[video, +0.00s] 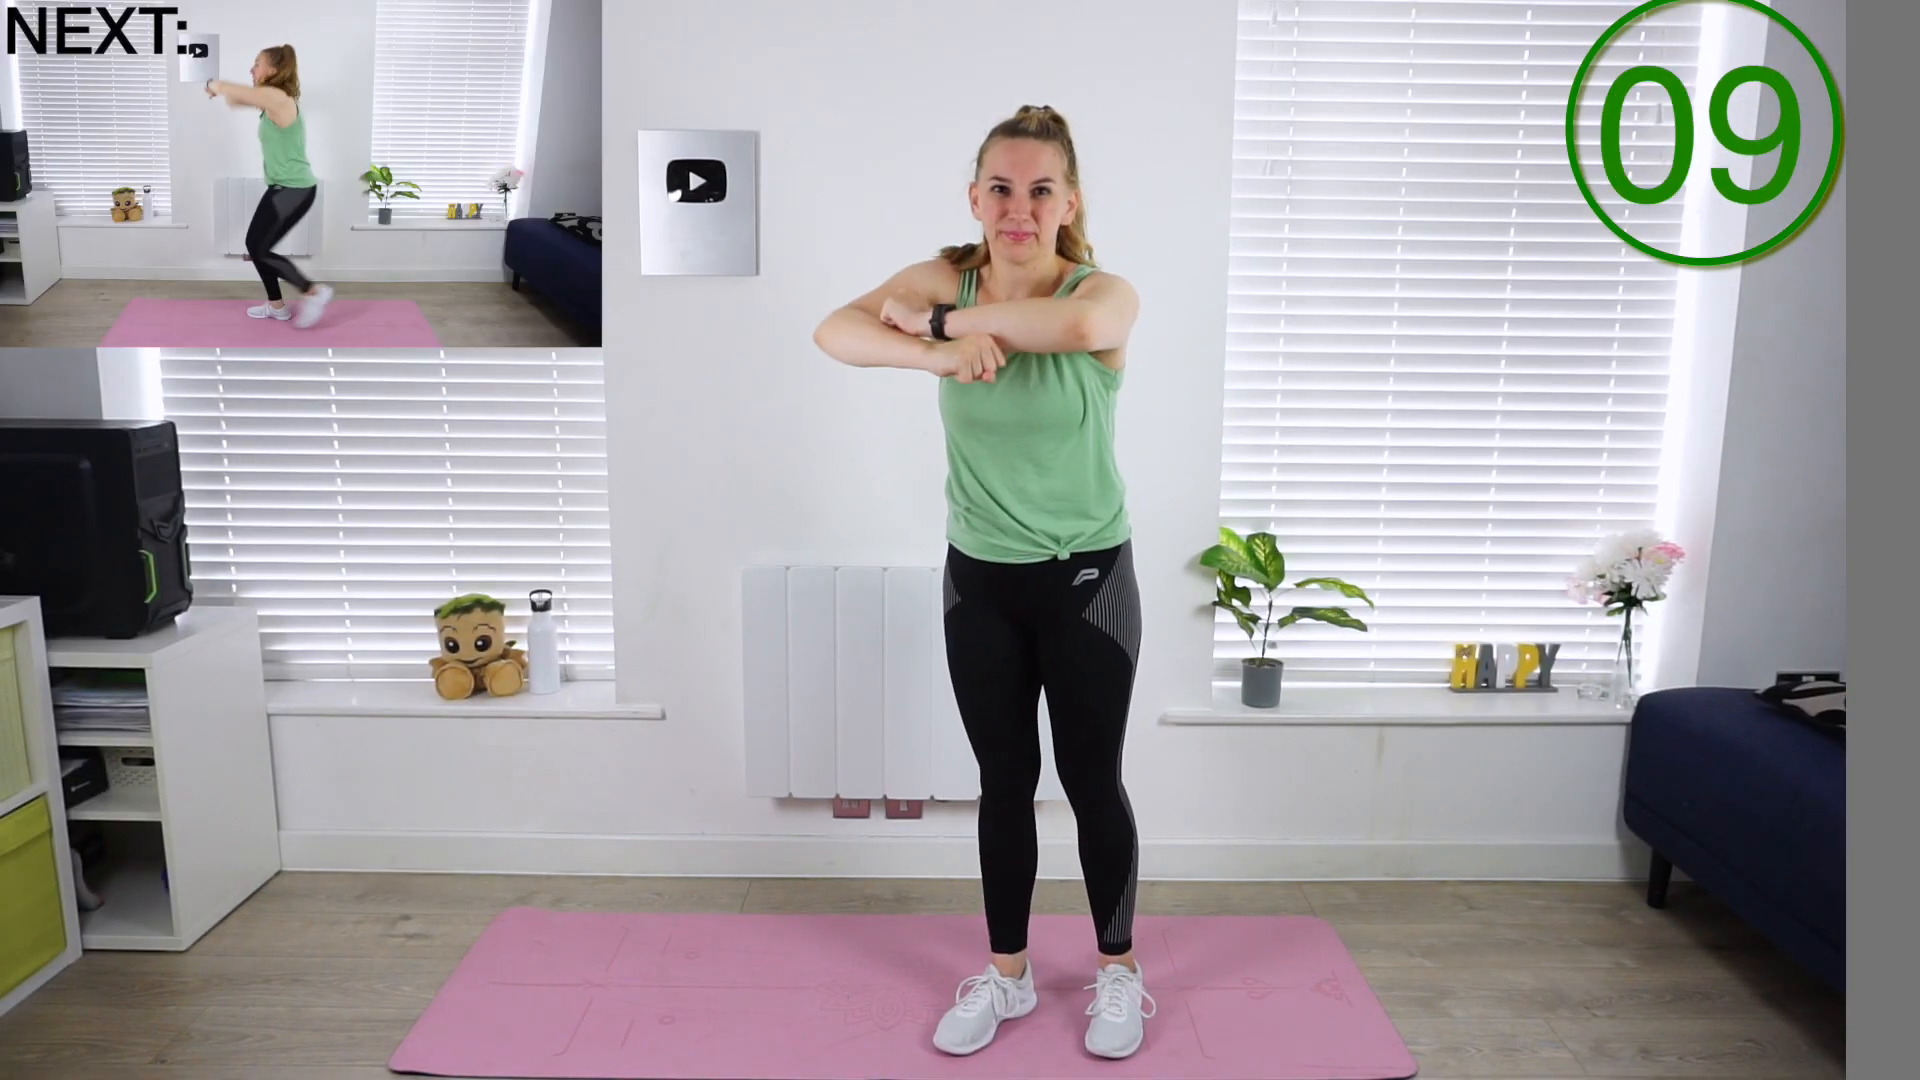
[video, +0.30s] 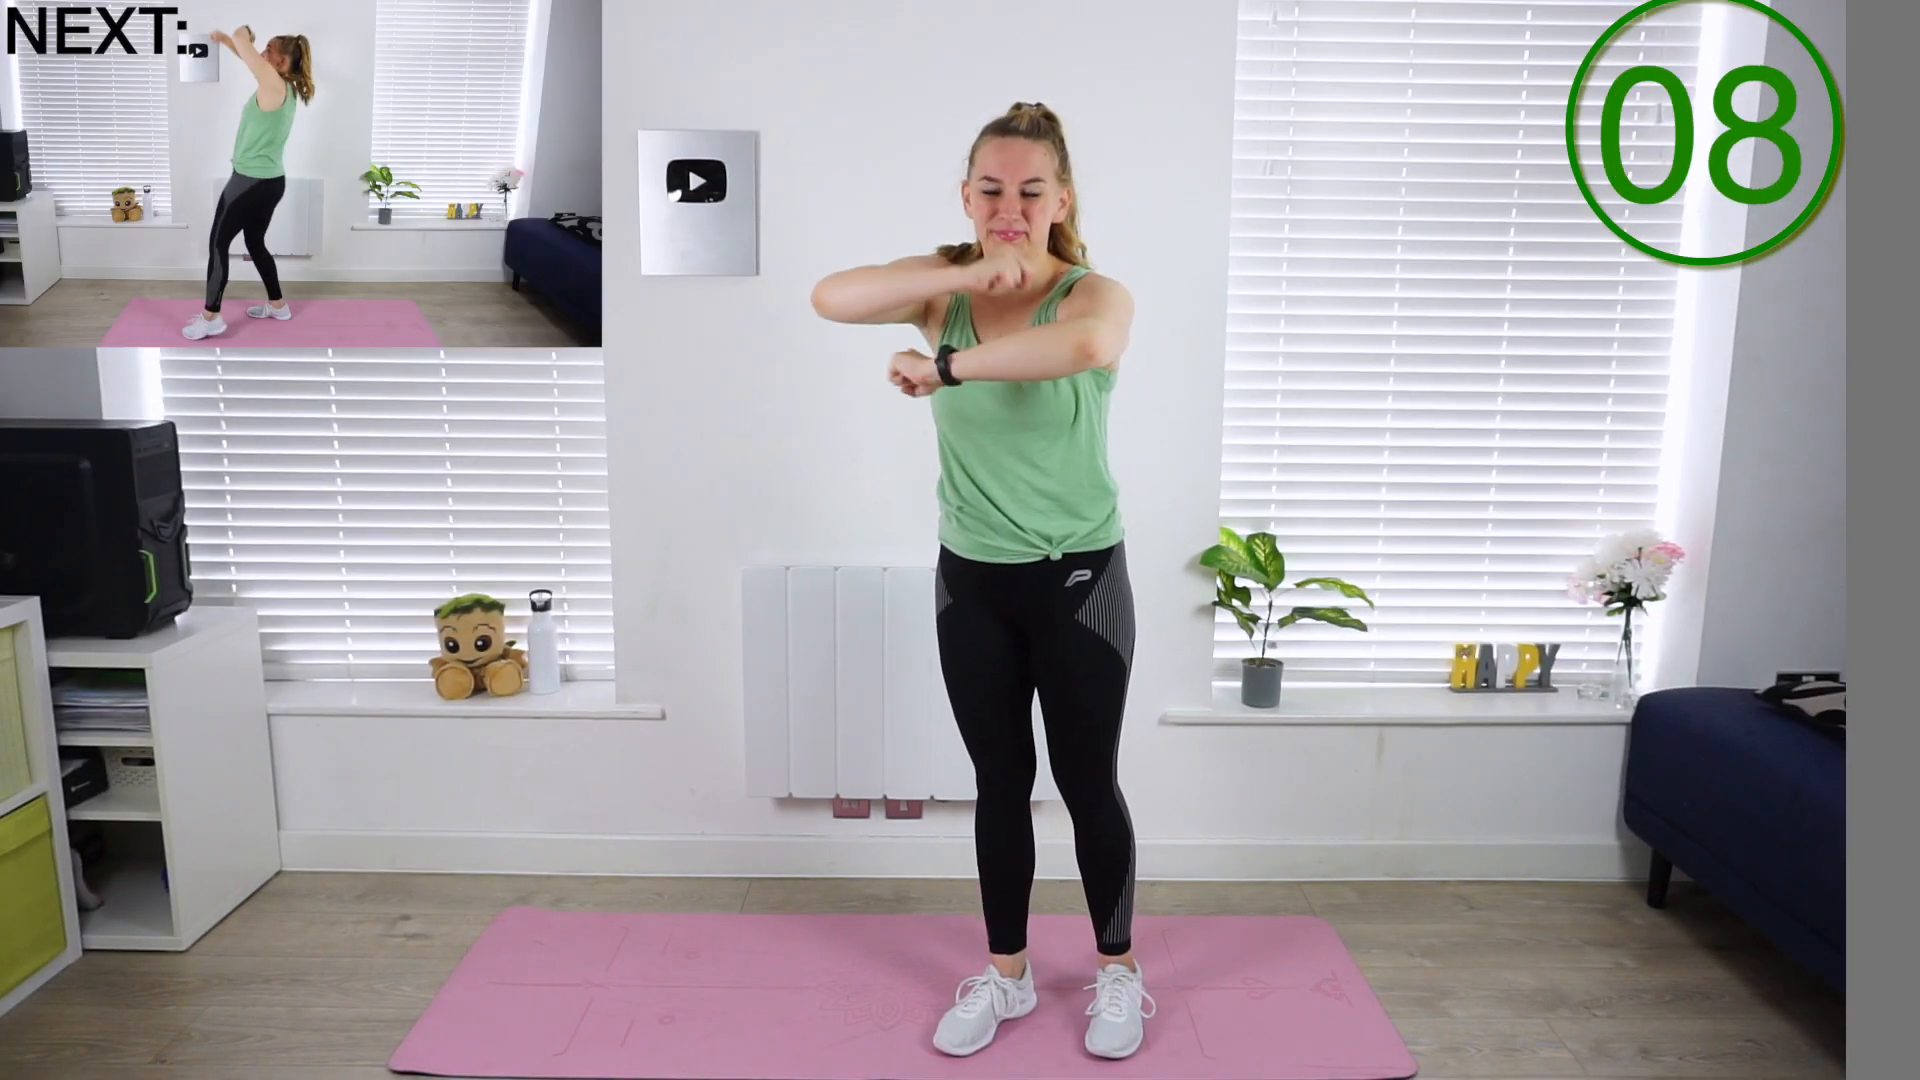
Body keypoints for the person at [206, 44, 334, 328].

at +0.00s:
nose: (252, 69)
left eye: (257, 65)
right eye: (254, 64)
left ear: (273, 69)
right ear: (273, 70)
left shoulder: (279, 98)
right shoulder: (271, 98)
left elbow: (225, 89)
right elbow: (238, 103)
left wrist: (217, 86)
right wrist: (224, 91)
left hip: (296, 188)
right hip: (281, 186)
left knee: (260, 248)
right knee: (255, 244)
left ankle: (315, 292)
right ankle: (277, 305)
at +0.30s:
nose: (263, 56)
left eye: (269, 53)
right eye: (266, 52)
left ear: (283, 62)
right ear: (284, 63)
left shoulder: (272, 83)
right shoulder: (286, 86)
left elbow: (242, 43)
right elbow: (251, 58)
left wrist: (243, 31)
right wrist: (225, 41)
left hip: (249, 181)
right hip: (270, 181)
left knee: (218, 242)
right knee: (256, 242)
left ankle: (211, 316)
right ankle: (277, 305)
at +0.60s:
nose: (260, 64)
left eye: (266, 60)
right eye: (262, 59)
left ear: (284, 66)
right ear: (282, 67)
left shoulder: (276, 89)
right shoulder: (284, 90)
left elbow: (235, 60)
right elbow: (251, 68)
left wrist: (233, 46)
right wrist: (235, 53)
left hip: (257, 184)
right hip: (268, 182)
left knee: (222, 244)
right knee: (252, 243)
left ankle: (212, 319)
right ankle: (277, 304)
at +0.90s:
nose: (238, 83)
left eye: (241, 76)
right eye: (238, 77)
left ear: (258, 75)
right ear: (259, 76)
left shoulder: (273, 101)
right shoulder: (269, 101)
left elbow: (235, 136)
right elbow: (256, 133)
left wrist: (221, 145)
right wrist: (244, 136)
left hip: (302, 186)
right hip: (282, 184)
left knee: (278, 249)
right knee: (266, 240)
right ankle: (278, 303)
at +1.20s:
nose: (241, 90)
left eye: (245, 83)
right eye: (241, 83)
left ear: (261, 83)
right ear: (262, 84)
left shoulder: (285, 105)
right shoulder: (265, 111)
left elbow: (249, 144)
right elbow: (248, 146)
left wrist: (243, 140)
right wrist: (251, 173)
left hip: (323, 185)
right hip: (295, 188)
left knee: (339, 241)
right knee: (266, 237)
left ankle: (365, 296)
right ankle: (278, 302)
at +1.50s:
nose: (249, 78)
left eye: (253, 73)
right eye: (250, 72)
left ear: (271, 76)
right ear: (271, 77)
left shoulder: (281, 100)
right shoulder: (273, 102)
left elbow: (233, 117)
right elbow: (238, 120)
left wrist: (233, 129)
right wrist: (225, 109)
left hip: (299, 192)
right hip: (279, 189)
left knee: (290, 259)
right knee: (255, 239)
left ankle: (347, 285)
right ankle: (277, 302)